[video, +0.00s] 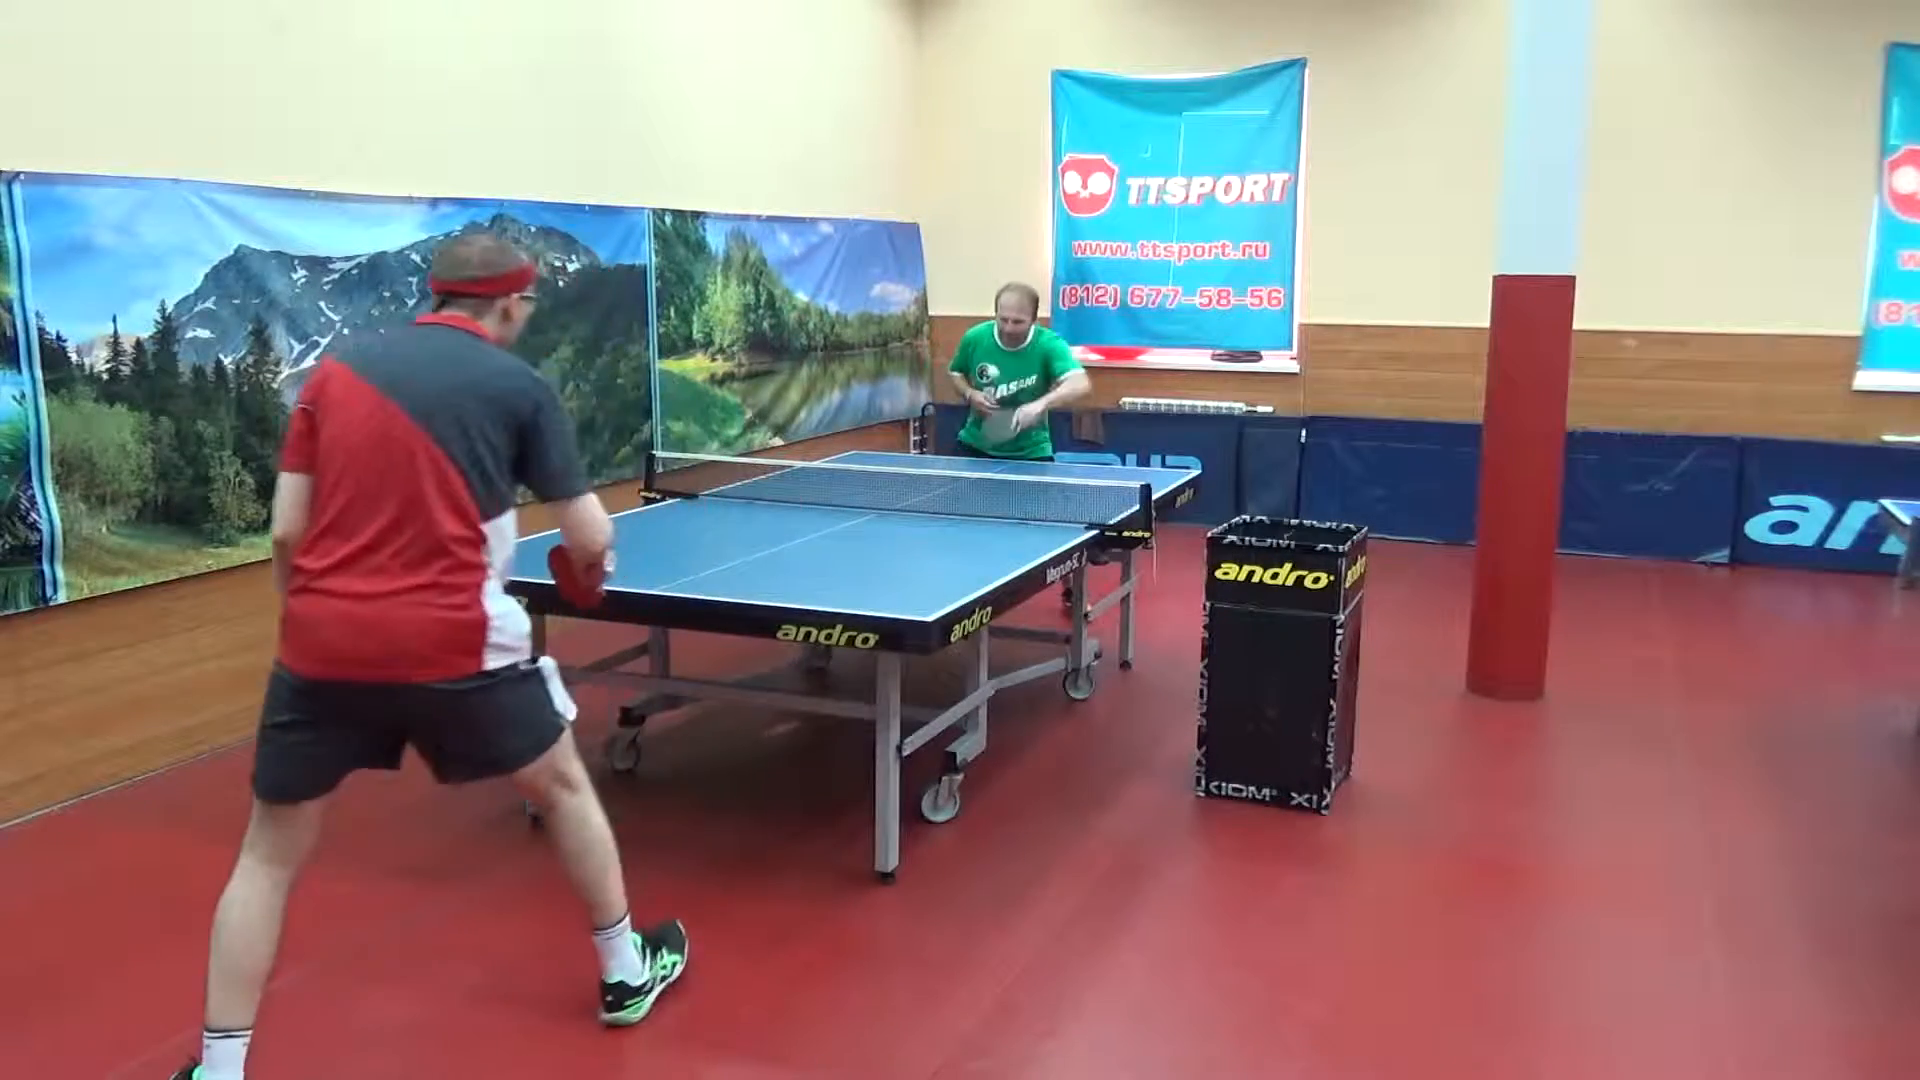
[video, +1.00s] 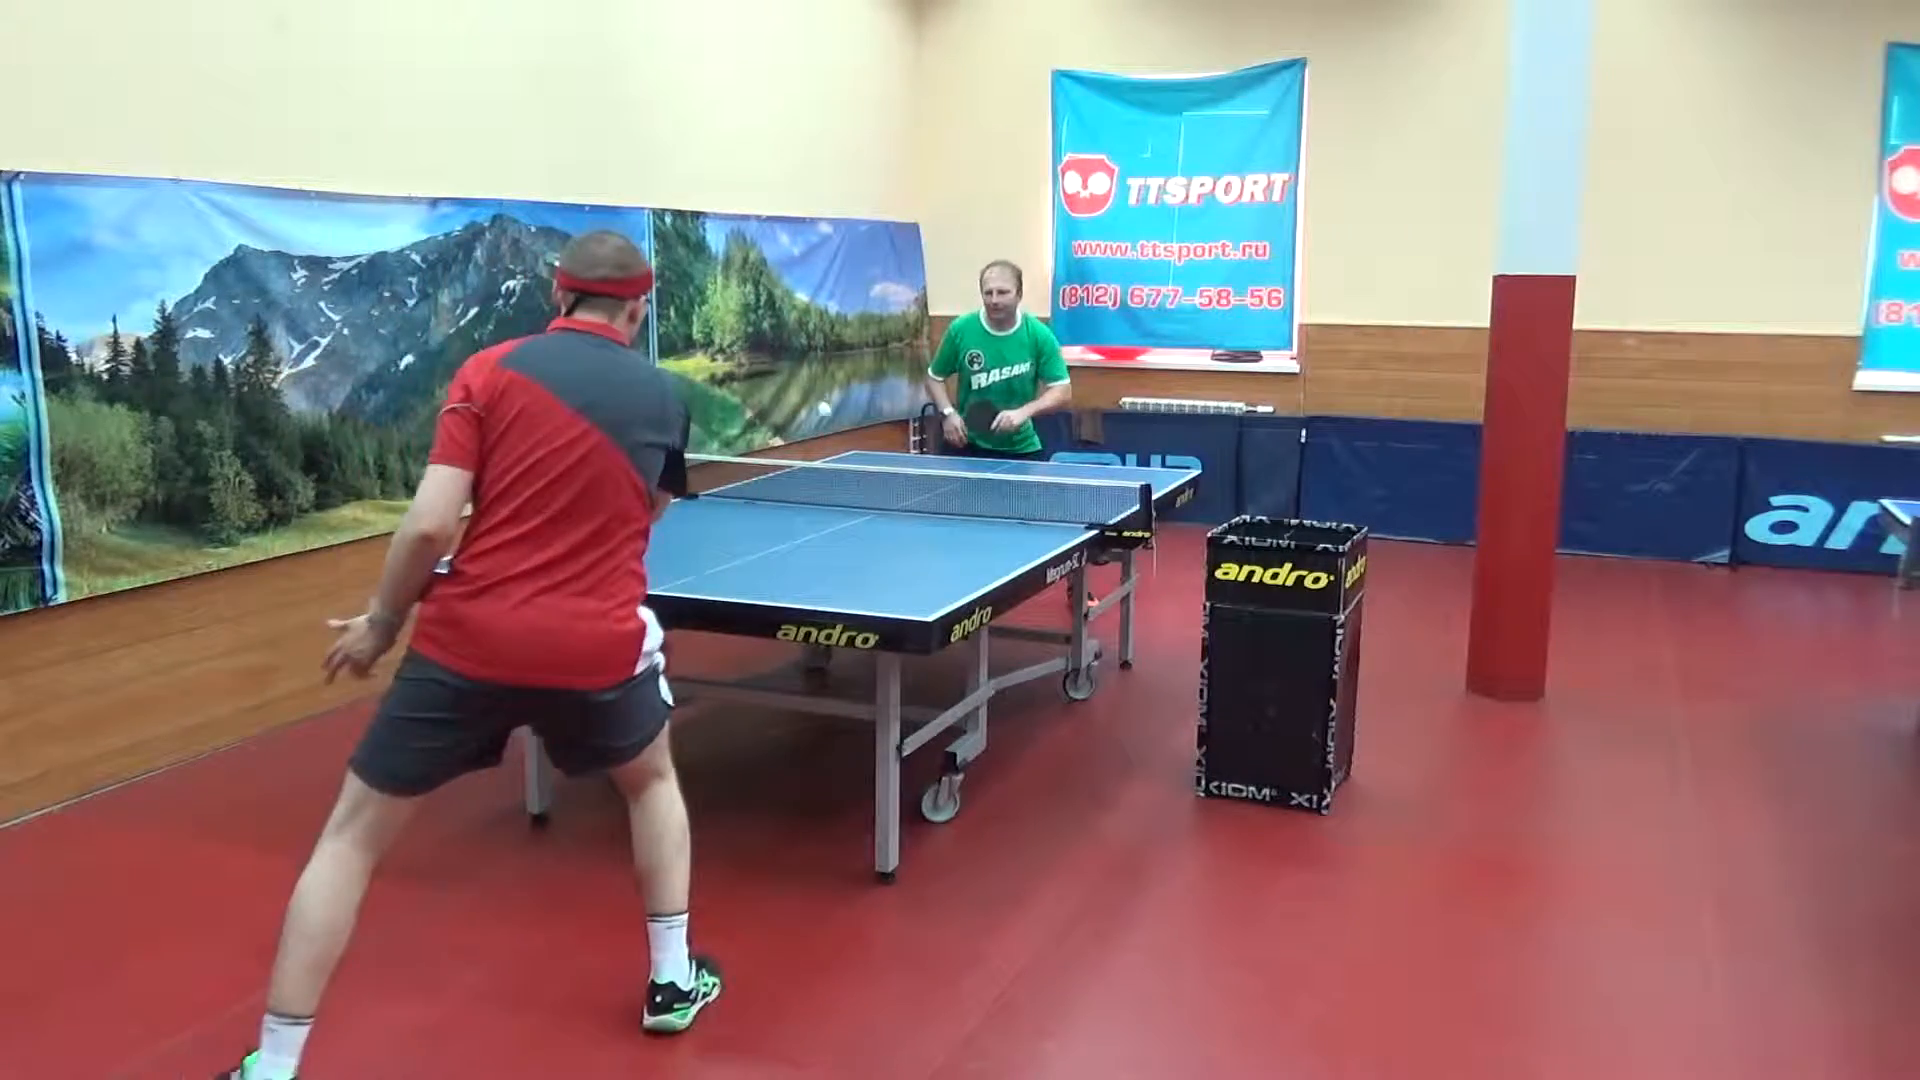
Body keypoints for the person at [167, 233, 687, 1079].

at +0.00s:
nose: (528, 315)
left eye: (527, 302)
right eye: (527, 303)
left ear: (438, 296)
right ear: (508, 304)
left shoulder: (337, 364)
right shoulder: (518, 387)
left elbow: (288, 530)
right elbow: (588, 534)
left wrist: (317, 610)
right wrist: (584, 567)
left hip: (322, 650)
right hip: (462, 649)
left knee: (267, 856)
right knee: (563, 788)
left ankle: (218, 1067)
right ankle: (624, 967)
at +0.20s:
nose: (502, 306)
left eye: (500, 292)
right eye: (499, 292)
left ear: (409, 289)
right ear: (476, 294)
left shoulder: (307, 360)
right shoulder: (487, 373)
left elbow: (260, 527)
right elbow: (577, 521)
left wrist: (312, 597)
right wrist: (587, 538)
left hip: (301, 649)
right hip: (440, 644)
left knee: (256, 853)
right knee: (546, 793)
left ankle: (216, 1066)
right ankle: (579, 1001)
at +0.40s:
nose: (546, 324)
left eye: (544, 309)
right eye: (544, 310)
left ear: (456, 303)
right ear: (525, 311)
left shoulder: (359, 373)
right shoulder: (529, 387)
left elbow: (312, 536)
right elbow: (642, 510)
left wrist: (367, 607)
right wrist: (613, 524)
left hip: (353, 663)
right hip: (490, 657)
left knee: (289, 852)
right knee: (604, 796)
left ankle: (223, 1065)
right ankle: (669, 974)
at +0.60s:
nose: (607, 319)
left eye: (605, 309)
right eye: (605, 309)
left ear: (518, 303)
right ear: (590, 306)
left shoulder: (445, 376)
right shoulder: (621, 376)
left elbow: (403, 542)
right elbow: (753, 450)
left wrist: (423, 628)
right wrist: (698, 488)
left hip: (449, 651)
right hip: (585, 651)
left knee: (349, 842)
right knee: (650, 782)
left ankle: (261, 1060)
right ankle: (671, 978)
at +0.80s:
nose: (632, 308)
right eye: (630, 297)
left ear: (537, 290)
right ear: (617, 293)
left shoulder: (487, 372)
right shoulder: (656, 367)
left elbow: (456, 542)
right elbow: (725, 447)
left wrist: (431, 630)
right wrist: (731, 484)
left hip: (490, 642)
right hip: (623, 642)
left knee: (386, 826)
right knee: (662, 782)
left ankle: (312, 1047)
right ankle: (673, 976)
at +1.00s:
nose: (642, 318)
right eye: (643, 307)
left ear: (557, 296)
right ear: (637, 309)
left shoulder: (490, 370)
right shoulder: (661, 396)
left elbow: (432, 524)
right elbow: (644, 508)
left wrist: (378, 623)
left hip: (468, 647)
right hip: (601, 654)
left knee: (354, 832)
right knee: (650, 784)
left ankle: (273, 1062)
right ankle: (672, 976)